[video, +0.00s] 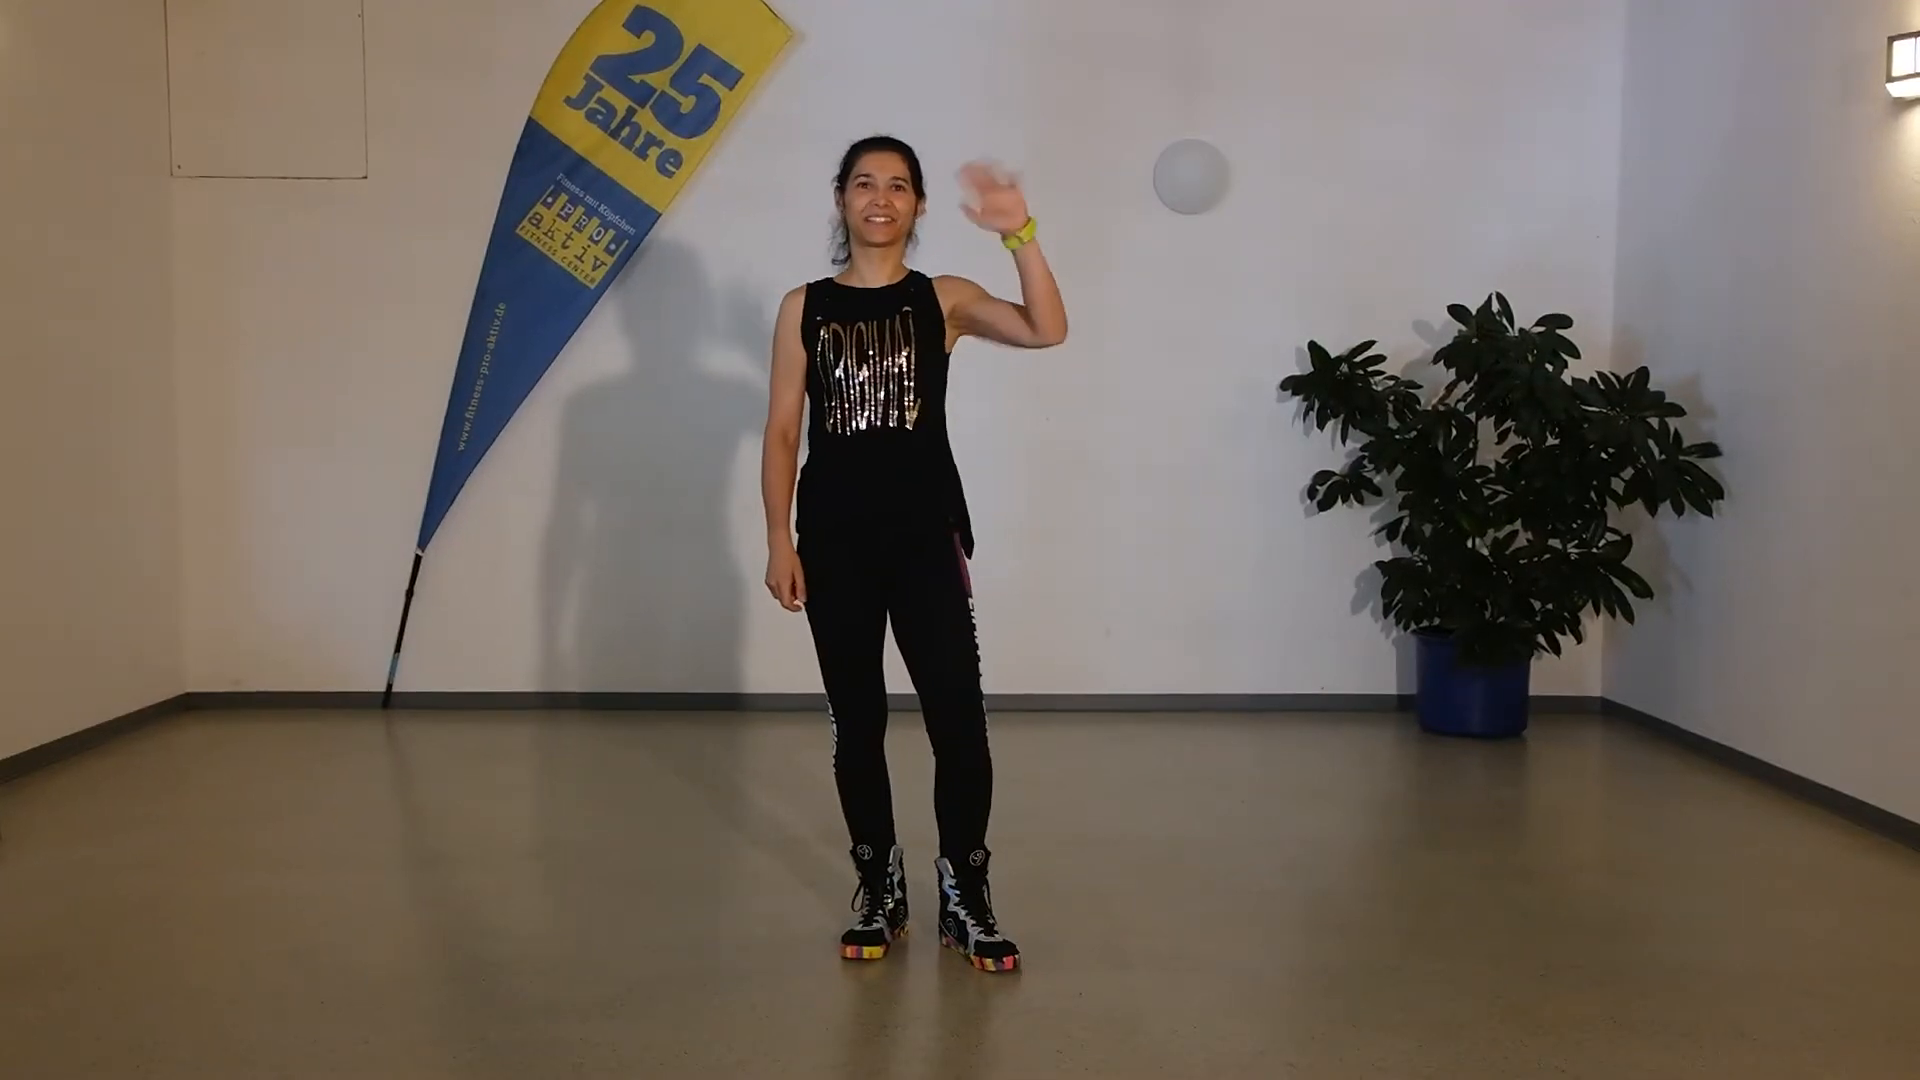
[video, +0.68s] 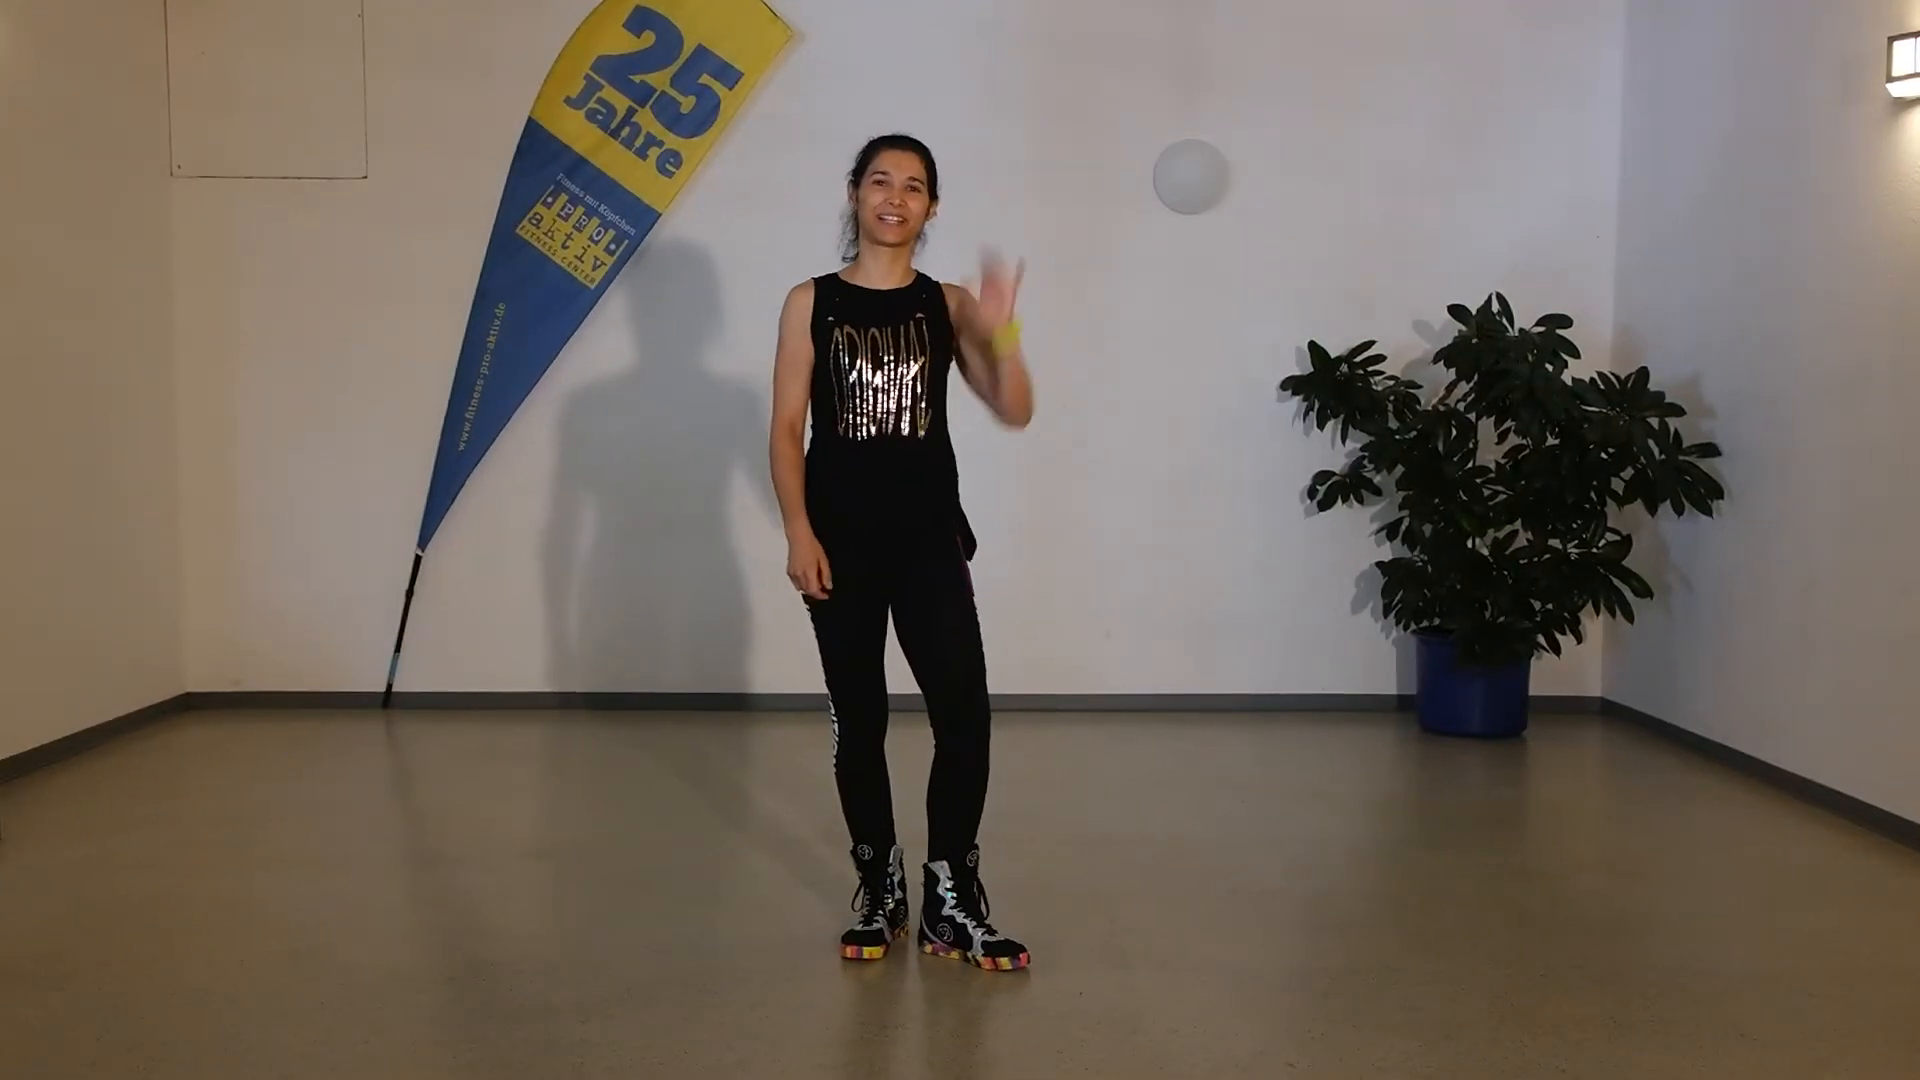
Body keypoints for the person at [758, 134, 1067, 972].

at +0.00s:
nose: (880, 198)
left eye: (895, 187)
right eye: (865, 185)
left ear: (916, 207)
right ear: (841, 202)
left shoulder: (945, 297)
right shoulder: (805, 307)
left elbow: (1046, 327)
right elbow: (783, 430)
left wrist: (1018, 234)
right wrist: (779, 539)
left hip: (928, 541)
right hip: (834, 543)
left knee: (958, 720)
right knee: (857, 723)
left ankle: (965, 899)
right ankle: (878, 891)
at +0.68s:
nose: (897, 195)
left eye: (914, 186)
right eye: (881, 181)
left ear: (930, 209)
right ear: (854, 198)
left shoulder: (950, 304)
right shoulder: (812, 303)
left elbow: (1013, 409)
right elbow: (787, 428)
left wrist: (998, 338)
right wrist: (799, 531)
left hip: (930, 542)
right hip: (839, 542)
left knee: (964, 717)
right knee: (859, 722)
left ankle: (951, 896)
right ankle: (878, 888)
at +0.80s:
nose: (896, 196)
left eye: (913, 187)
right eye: (881, 182)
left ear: (930, 209)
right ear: (854, 198)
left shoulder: (954, 307)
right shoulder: (812, 301)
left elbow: (982, 415)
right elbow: (786, 426)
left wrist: (1000, 457)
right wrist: (797, 529)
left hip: (930, 540)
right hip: (838, 540)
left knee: (966, 718)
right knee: (860, 722)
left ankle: (954, 899)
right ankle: (878, 891)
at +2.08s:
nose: (946, 188)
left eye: (961, 174)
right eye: (928, 176)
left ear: (985, 192)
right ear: (906, 196)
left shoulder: (1025, 292)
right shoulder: (878, 301)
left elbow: (1053, 413)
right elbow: (856, 424)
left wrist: (1017, 492)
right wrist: (902, 503)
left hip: (1010, 529)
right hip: (919, 530)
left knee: (1029, 725)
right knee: (904, 719)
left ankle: (1046, 910)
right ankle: (884, 893)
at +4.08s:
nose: (927, 199)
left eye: (942, 184)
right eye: (910, 189)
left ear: (971, 199)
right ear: (894, 209)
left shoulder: (1006, 307)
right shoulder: (864, 299)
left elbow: (1023, 428)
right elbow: (833, 418)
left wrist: (977, 507)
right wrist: (867, 500)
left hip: (969, 532)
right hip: (878, 533)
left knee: (1000, 716)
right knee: (895, 716)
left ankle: (1006, 899)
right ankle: (911, 888)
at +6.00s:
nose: (925, 194)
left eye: (940, 184)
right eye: (909, 184)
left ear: (963, 204)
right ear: (885, 204)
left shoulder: (996, 299)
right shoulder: (852, 299)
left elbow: (1014, 421)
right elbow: (829, 423)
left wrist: (974, 499)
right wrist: (867, 505)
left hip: (969, 536)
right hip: (880, 538)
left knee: (999, 719)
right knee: (897, 720)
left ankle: (999, 903)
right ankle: (913, 886)